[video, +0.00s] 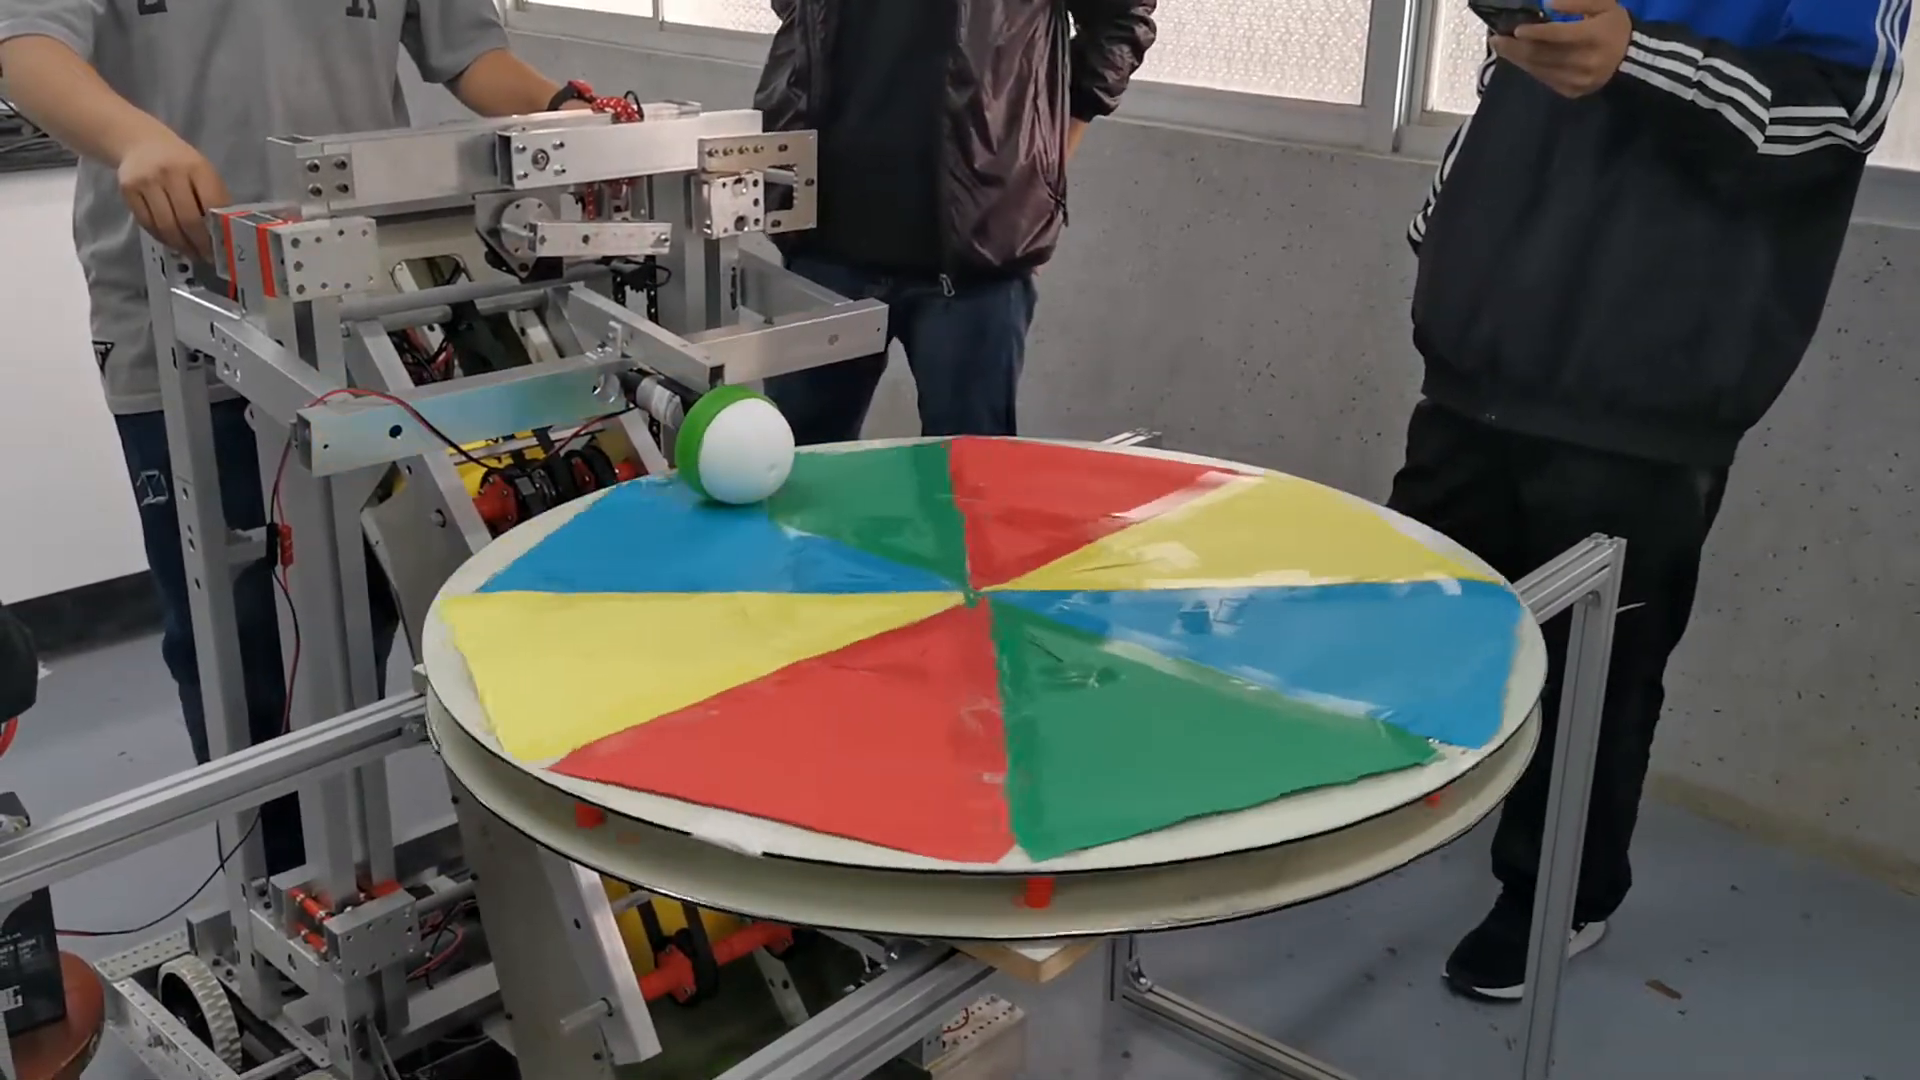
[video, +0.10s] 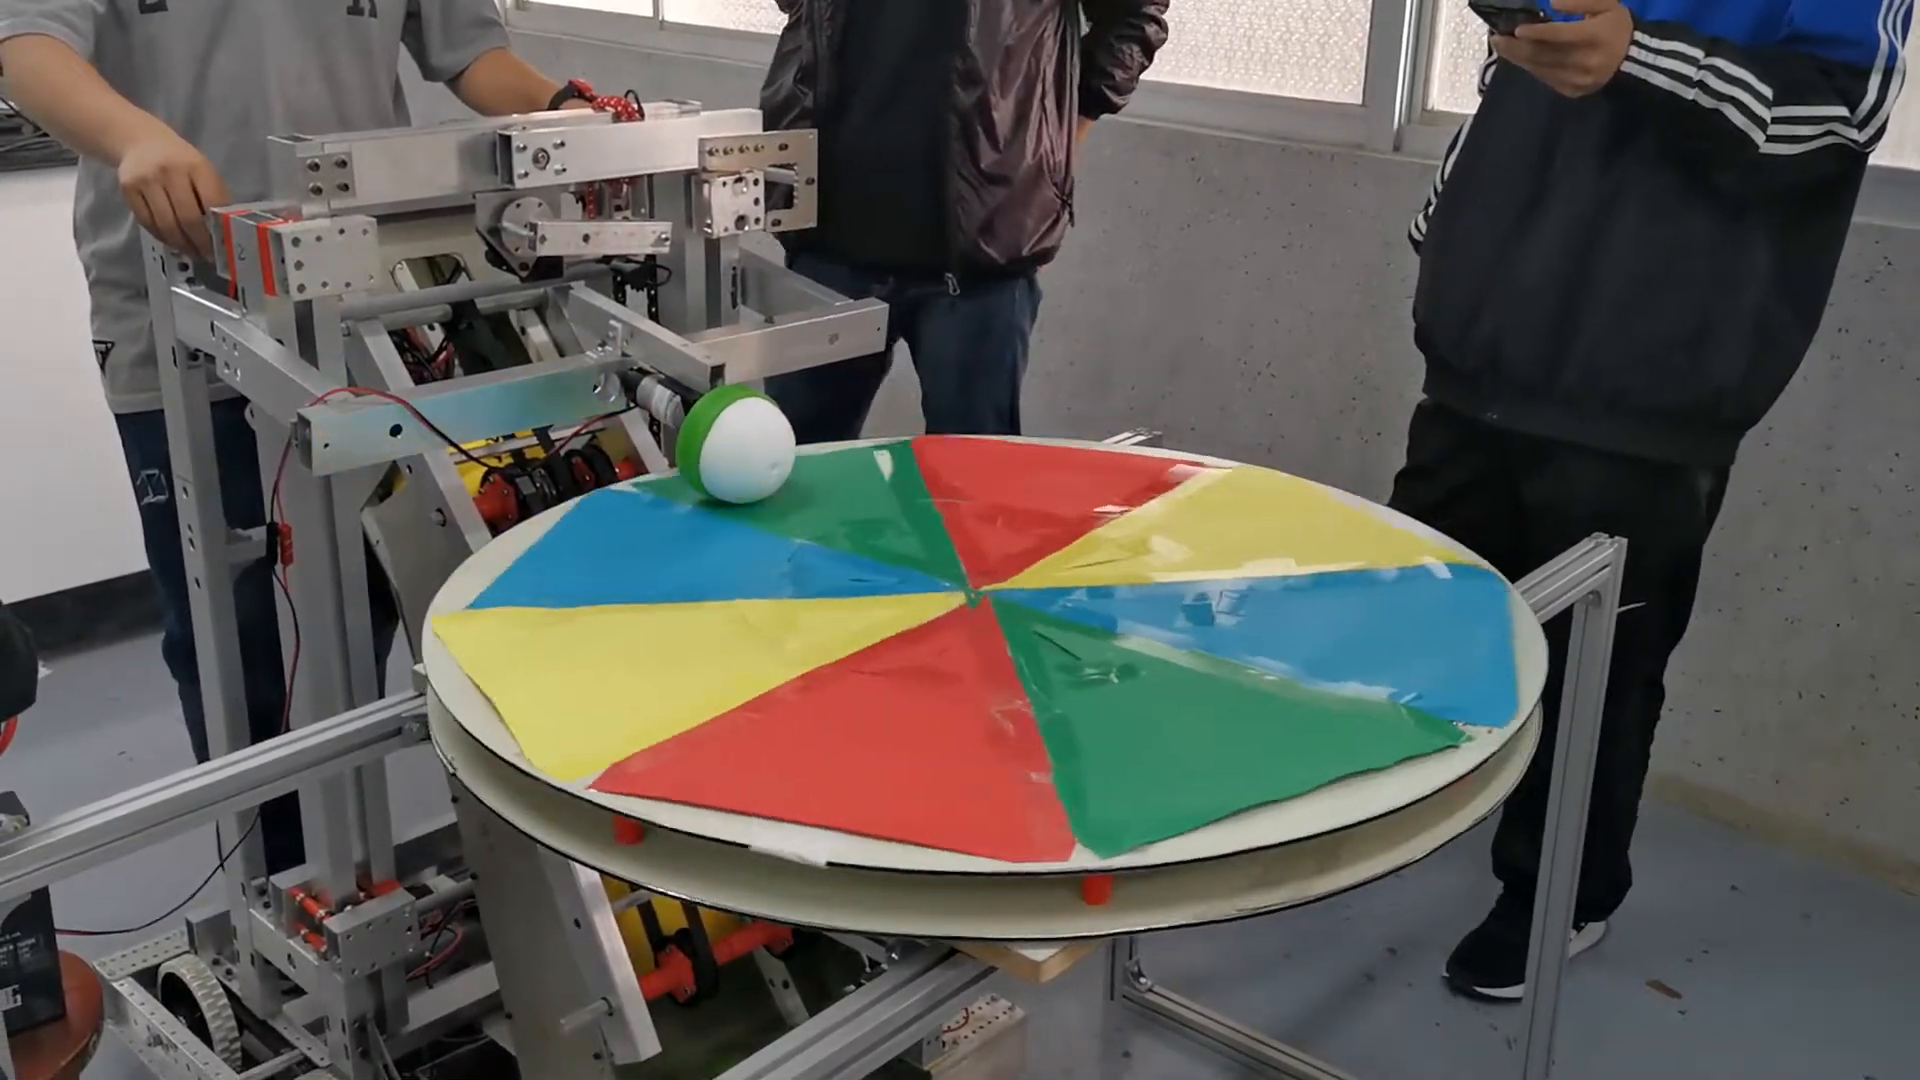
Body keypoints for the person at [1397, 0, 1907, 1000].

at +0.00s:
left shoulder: (1842, 9)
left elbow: (1834, 117)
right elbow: (1516, 43)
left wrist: (1634, 56)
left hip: (1665, 351)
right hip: (1497, 302)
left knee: (1599, 651)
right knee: (1419, 601)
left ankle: (1559, 892)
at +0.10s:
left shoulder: (1847, 11)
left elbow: (1836, 117)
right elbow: (1517, 33)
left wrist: (1634, 54)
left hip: (1667, 348)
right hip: (1499, 300)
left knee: (1600, 648)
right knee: (1420, 595)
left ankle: (1560, 892)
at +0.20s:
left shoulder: (1851, 11)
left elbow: (1839, 118)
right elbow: (1514, 20)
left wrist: (1638, 54)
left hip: (1671, 346)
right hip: (1503, 297)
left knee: (1603, 650)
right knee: (1425, 593)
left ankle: (1562, 894)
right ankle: (1336, 822)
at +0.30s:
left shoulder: (1854, 11)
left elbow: (1846, 115)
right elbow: (1521, 27)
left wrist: (1644, 53)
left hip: (1675, 346)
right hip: (1506, 299)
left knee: (1607, 648)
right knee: (1431, 592)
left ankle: (1567, 893)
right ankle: (1353, 821)